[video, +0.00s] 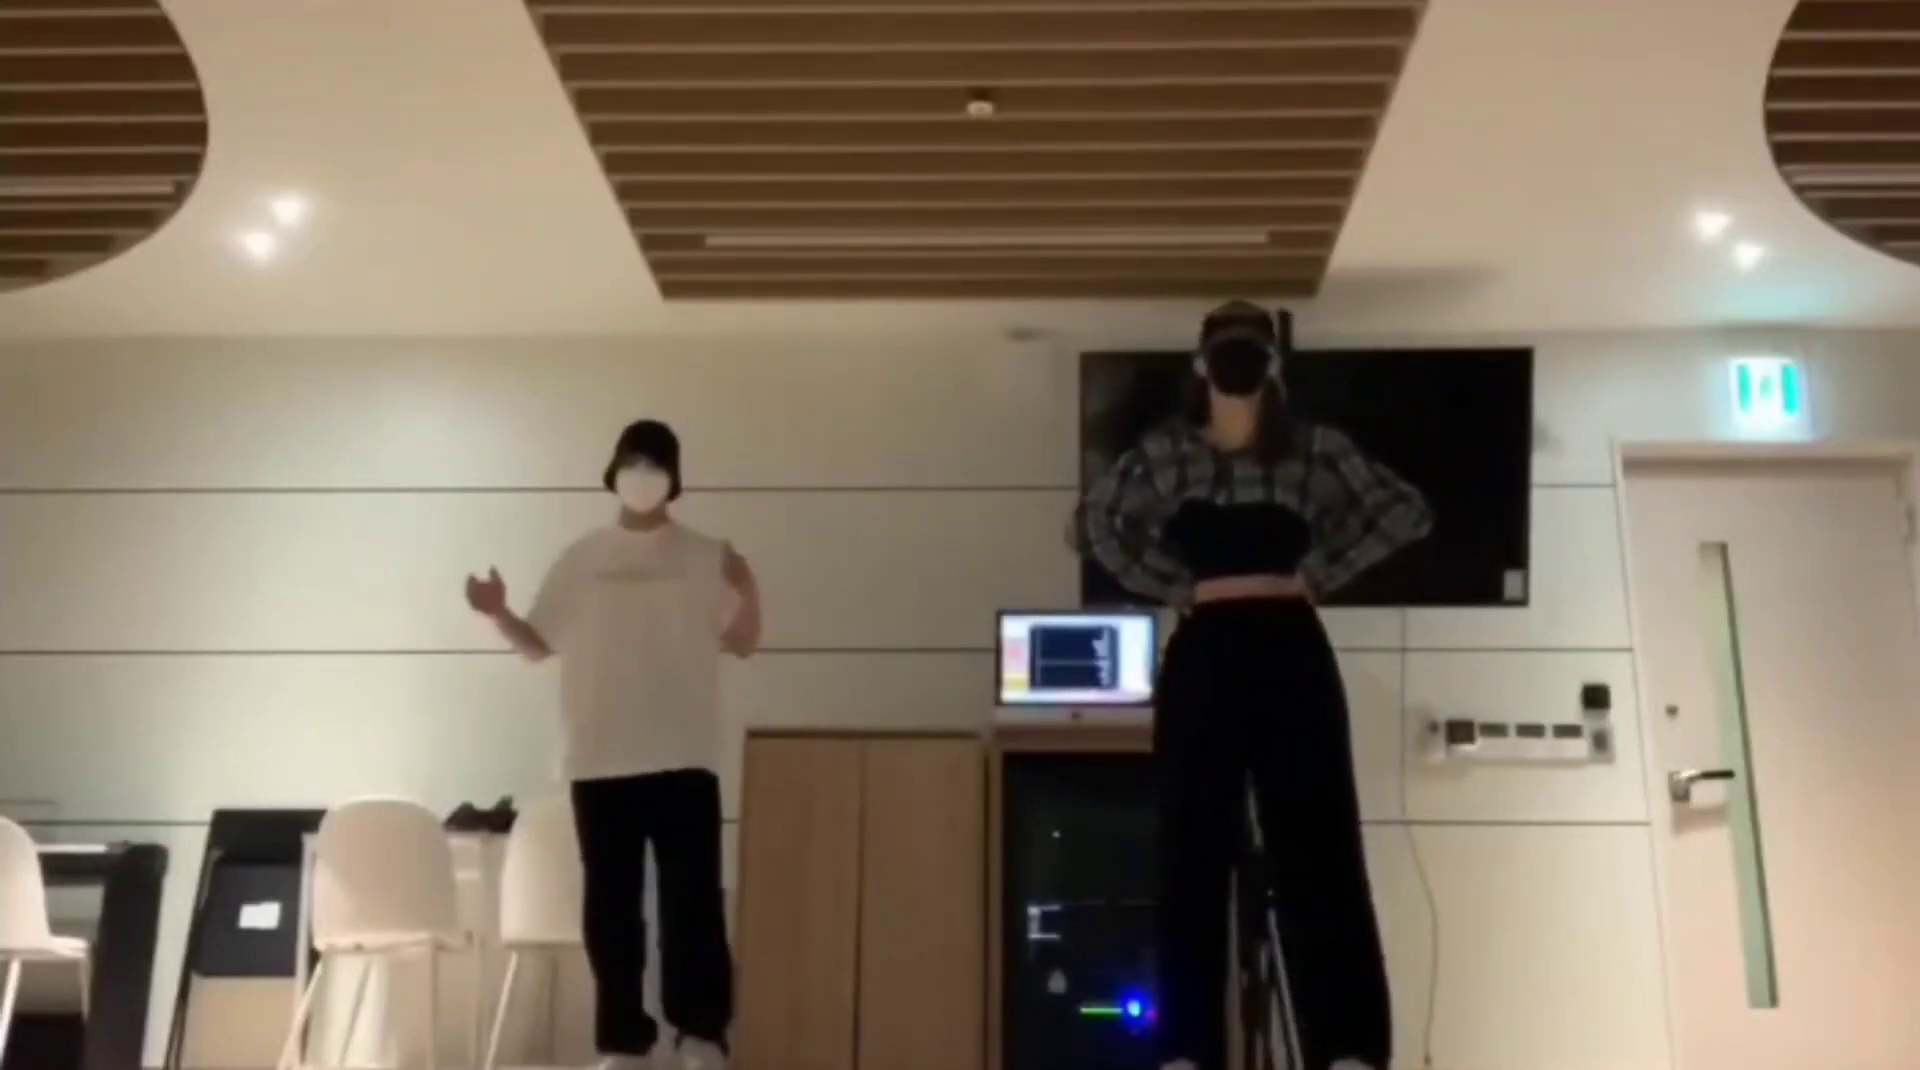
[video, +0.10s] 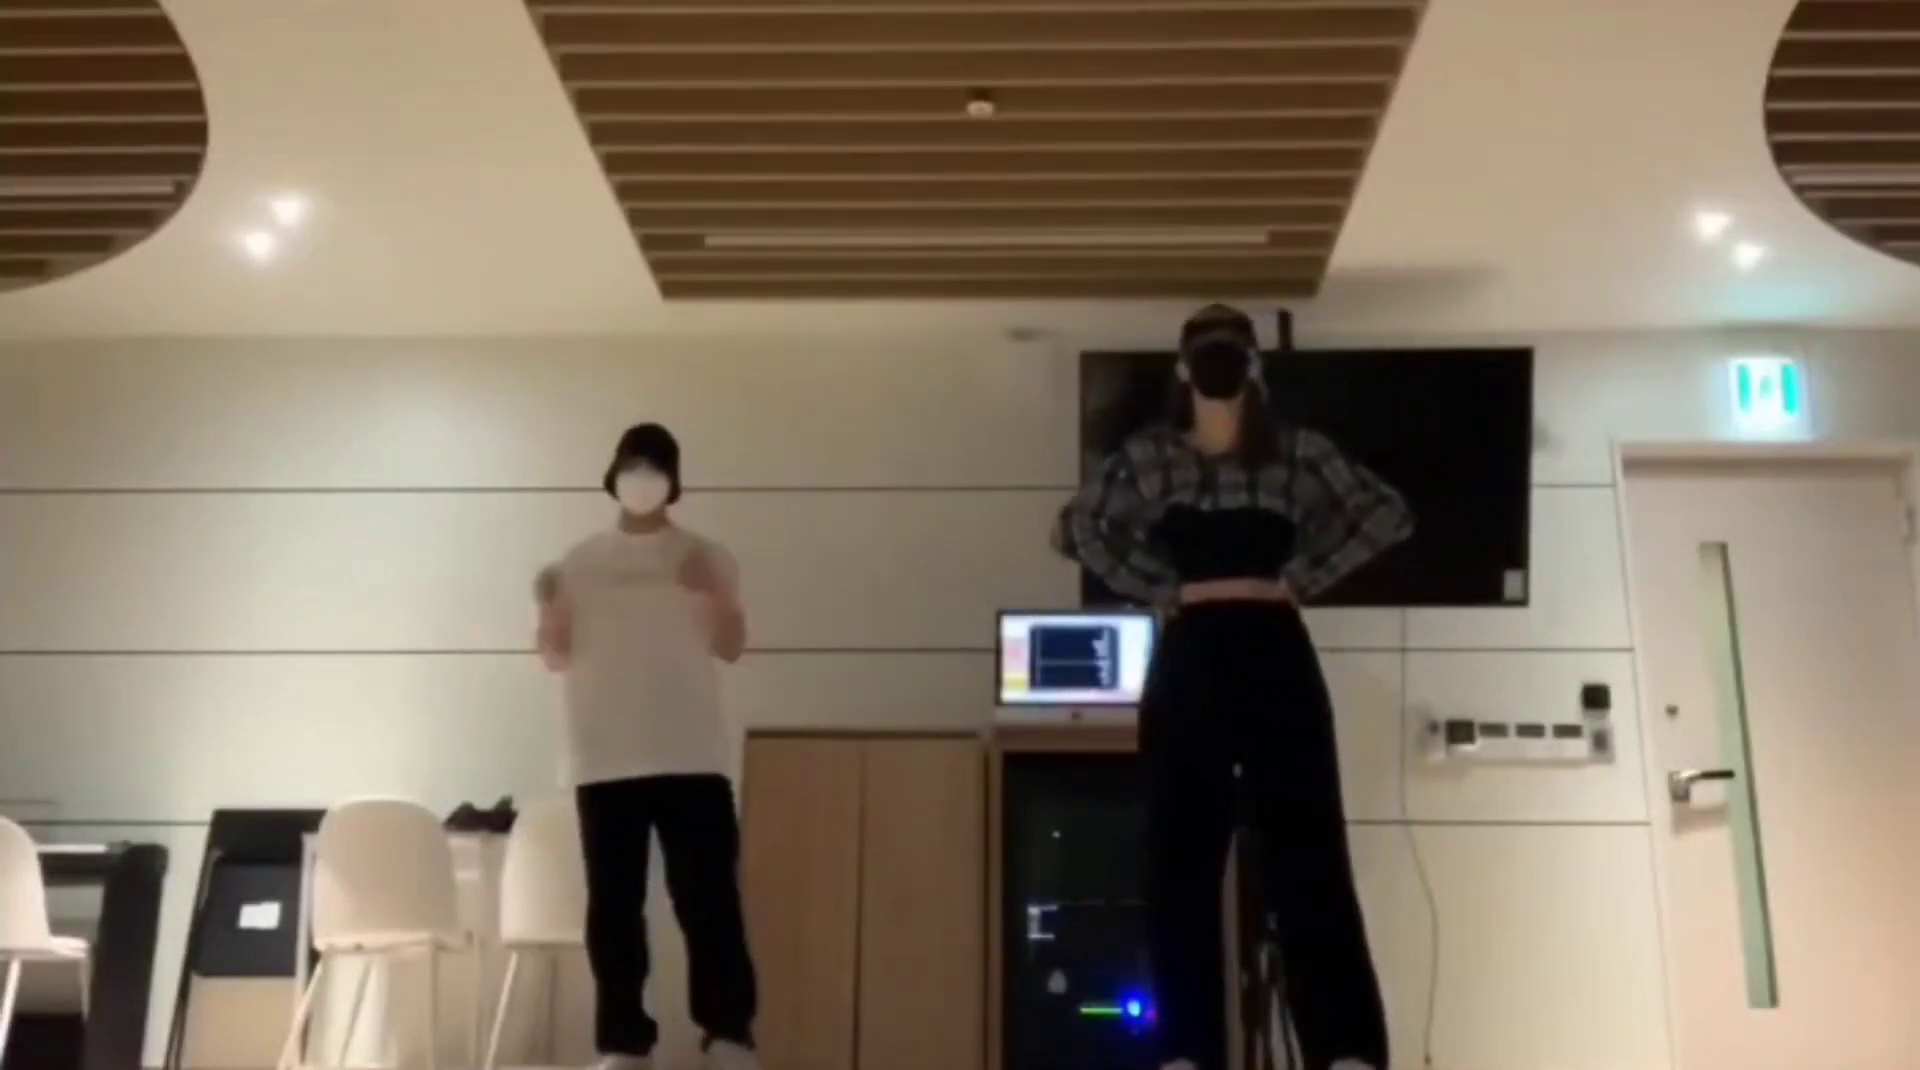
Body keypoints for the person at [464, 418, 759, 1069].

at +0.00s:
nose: (641, 478)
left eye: (653, 466)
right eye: (630, 467)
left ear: (675, 477)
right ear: (612, 476)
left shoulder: (705, 557)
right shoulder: (583, 558)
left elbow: (740, 645)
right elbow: (539, 647)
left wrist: (747, 594)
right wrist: (500, 614)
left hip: (684, 752)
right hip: (601, 755)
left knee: (693, 901)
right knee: (610, 906)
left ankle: (701, 1036)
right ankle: (622, 1043)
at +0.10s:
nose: (641, 480)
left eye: (654, 469)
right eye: (629, 469)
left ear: (674, 480)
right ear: (612, 479)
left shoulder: (703, 556)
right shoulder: (579, 563)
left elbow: (729, 648)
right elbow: (557, 660)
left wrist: (717, 598)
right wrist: (553, 615)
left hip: (692, 751)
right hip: (605, 754)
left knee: (709, 901)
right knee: (613, 908)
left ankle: (727, 1035)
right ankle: (622, 1043)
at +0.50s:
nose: (682, 494)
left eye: (694, 482)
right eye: (669, 482)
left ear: (712, 493)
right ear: (651, 492)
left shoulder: (737, 570)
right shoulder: (616, 573)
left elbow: (768, 659)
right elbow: (579, 656)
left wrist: (702, 652)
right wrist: (644, 662)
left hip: (723, 769)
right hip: (637, 771)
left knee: (742, 914)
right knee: (629, 919)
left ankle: (753, 1042)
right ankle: (624, 1047)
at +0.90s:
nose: (758, 514)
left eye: (770, 505)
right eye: (747, 501)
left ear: (781, 518)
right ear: (724, 509)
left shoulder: (792, 592)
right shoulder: (684, 583)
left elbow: (818, 681)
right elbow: (649, 663)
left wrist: (766, 674)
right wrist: (723, 672)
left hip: (776, 780)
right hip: (699, 778)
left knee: (768, 924)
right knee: (675, 917)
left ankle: (752, 1046)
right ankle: (630, 1045)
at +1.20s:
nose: (802, 526)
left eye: (813, 518)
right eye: (792, 511)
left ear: (821, 532)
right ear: (769, 516)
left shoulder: (814, 602)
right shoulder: (729, 580)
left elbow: (834, 694)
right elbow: (712, 659)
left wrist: (803, 698)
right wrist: (778, 685)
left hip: (802, 770)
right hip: (740, 764)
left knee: (790, 910)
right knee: (741, 905)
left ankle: (760, 1043)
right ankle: (707, 1043)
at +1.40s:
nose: (815, 525)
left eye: (827, 517)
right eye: (806, 511)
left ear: (836, 531)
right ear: (782, 515)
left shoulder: (821, 601)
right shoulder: (744, 576)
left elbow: (837, 677)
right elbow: (731, 657)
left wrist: (826, 727)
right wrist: (786, 717)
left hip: (806, 768)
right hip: (749, 762)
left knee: (795, 904)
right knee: (767, 902)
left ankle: (751, 1038)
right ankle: (778, 1036)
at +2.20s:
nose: (873, 498)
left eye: (884, 488)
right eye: (862, 485)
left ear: (897, 501)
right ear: (839, 493)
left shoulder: (888, 578)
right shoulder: (815, 566)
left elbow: (903, 677)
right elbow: (811, 658)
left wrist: (925, 757)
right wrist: (848, 747)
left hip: (902, 770)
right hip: (848, 770)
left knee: (896, 904)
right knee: (857, 914)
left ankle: (803, 1005)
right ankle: (876, 1044)